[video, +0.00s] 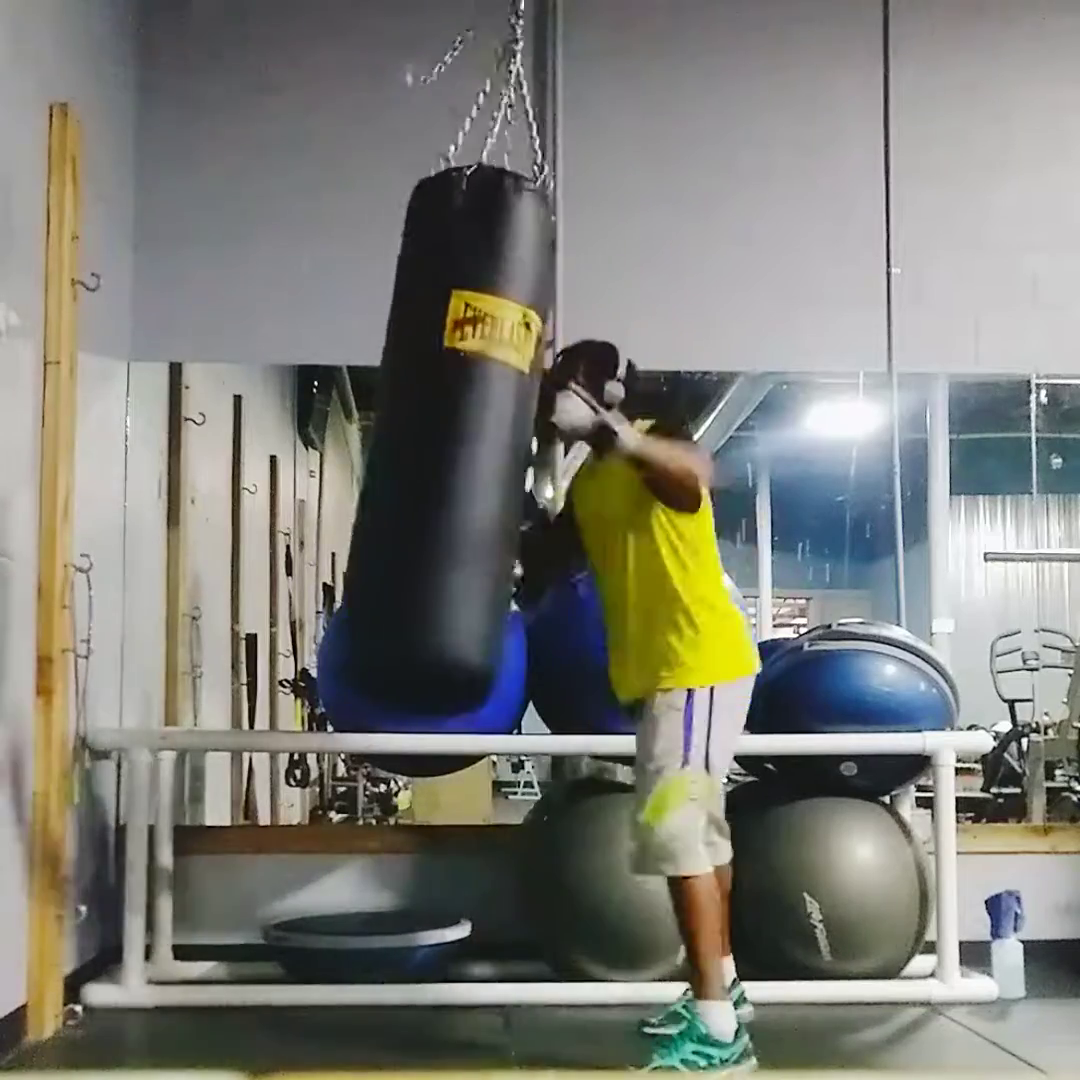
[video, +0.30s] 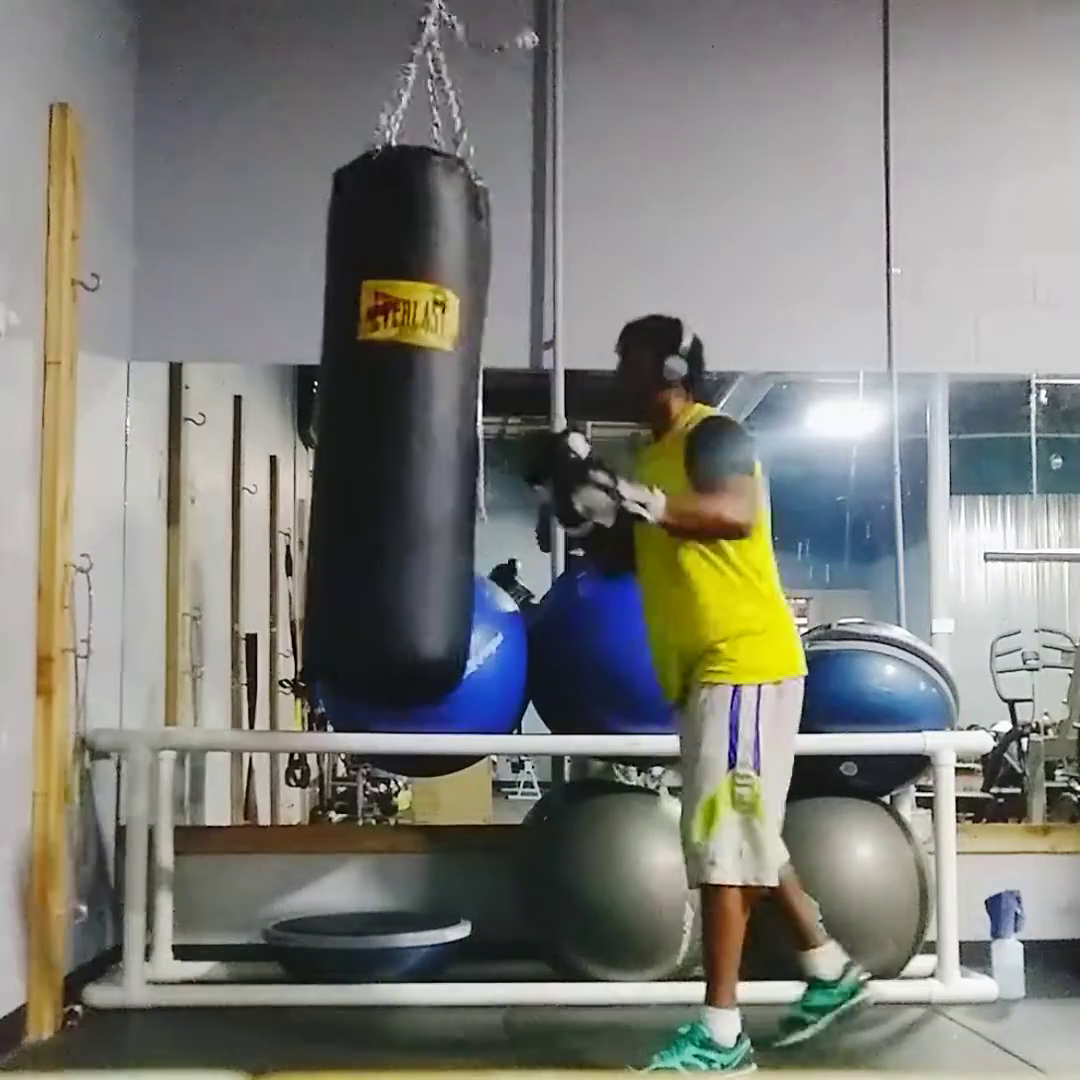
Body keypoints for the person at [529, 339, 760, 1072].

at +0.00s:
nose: (553, 412)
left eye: (562, 396)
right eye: (551, 398)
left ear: (599, 391)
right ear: (578, 400)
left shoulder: (657, 449)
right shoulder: (587, 485)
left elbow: (695, 482)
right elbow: (537, 569)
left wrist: (613, 432)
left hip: (700, 666)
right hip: (662, 672)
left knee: (677, 831)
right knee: (696, 834)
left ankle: (715, 1019)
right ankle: (717, 995)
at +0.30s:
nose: (619, 381)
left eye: (626, 367)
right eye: (620, 369)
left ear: (659, 370)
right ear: (662, 370)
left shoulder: (714, 435)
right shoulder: (653, 454)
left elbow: (737, 514)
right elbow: (645, 555)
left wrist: (642, 500)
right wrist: (587, 519)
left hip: (747, 663)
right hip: (711, 665)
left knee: (721, 836)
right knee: (742, 828)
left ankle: (721, 1030)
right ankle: (831, 967)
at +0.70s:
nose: (723, 370)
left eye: (735, 357)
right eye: (725, 358)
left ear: (775, 363)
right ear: (752, 365)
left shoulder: (819, 429)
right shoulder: (744, 451)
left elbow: (887, 520)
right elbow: (721, 571)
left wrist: (780, 502)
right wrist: (693, 527)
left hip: (819, 661)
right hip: (780, 661)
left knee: (771, 832)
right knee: (845, 835)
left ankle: (754, 1021)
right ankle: (909, 1001)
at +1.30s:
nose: (772, 398)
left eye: (783, 385)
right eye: (776, 386)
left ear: (819, 390)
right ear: (825, 392)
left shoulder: (886, 440)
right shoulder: (820, 476)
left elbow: (898, 511)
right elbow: (779, 558)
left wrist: (817, 453)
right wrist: (738, 491)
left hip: (910, 669)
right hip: (933, 668)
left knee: (874, 839)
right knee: (956, 838)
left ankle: (884, 1036)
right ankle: (1011, 1010)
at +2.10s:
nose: (838, 394)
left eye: (841, 384)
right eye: (838, 387)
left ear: (858, 378)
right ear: (924, 376)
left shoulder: (876, 412)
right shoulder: (967, 434)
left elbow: (802, 471)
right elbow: (898, 526)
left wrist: (748, 450)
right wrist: (829, 487)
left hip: (920, 653)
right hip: (1015, 655)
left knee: (845, 845)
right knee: (1054, 849)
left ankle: (837, 1042)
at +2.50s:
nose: (790, 389)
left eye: (789, 378)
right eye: (790, 381)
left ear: (803, 371)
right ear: (872, 370)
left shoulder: (804, 407)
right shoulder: (935, 435)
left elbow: (701, 481)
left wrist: (679, 446)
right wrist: (744, 450)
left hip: (839, 651)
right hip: (948, 655)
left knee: (759, 841)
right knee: (995, 863)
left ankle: (709, 1041)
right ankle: (1056, 1054)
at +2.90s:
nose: (684, 366)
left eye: (686, 356)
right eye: (688, 358)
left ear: (695, 352)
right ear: (769, 350)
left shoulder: (688, 396)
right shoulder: (831, 419)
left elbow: (586, 478)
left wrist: (573, 445)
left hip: (706, 653)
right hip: (823, 656)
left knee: (622, 833)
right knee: (867, 861)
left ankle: (570, 1033)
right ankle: (914, 1059)